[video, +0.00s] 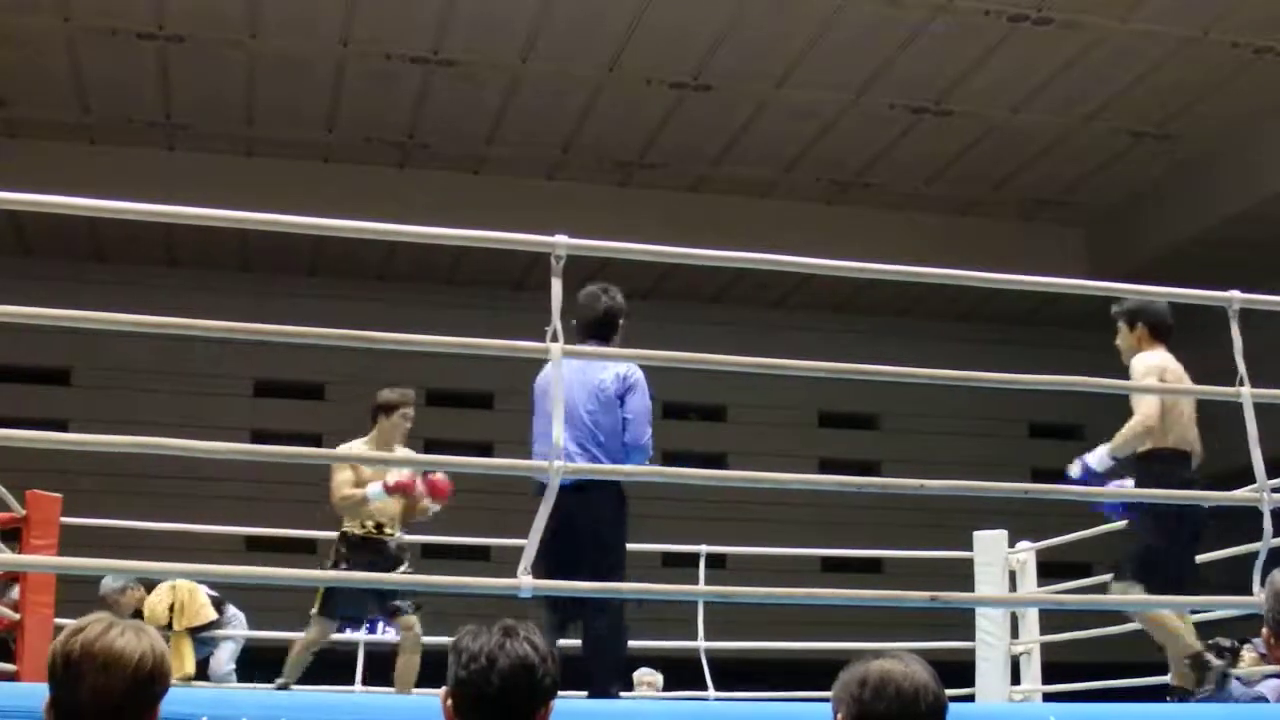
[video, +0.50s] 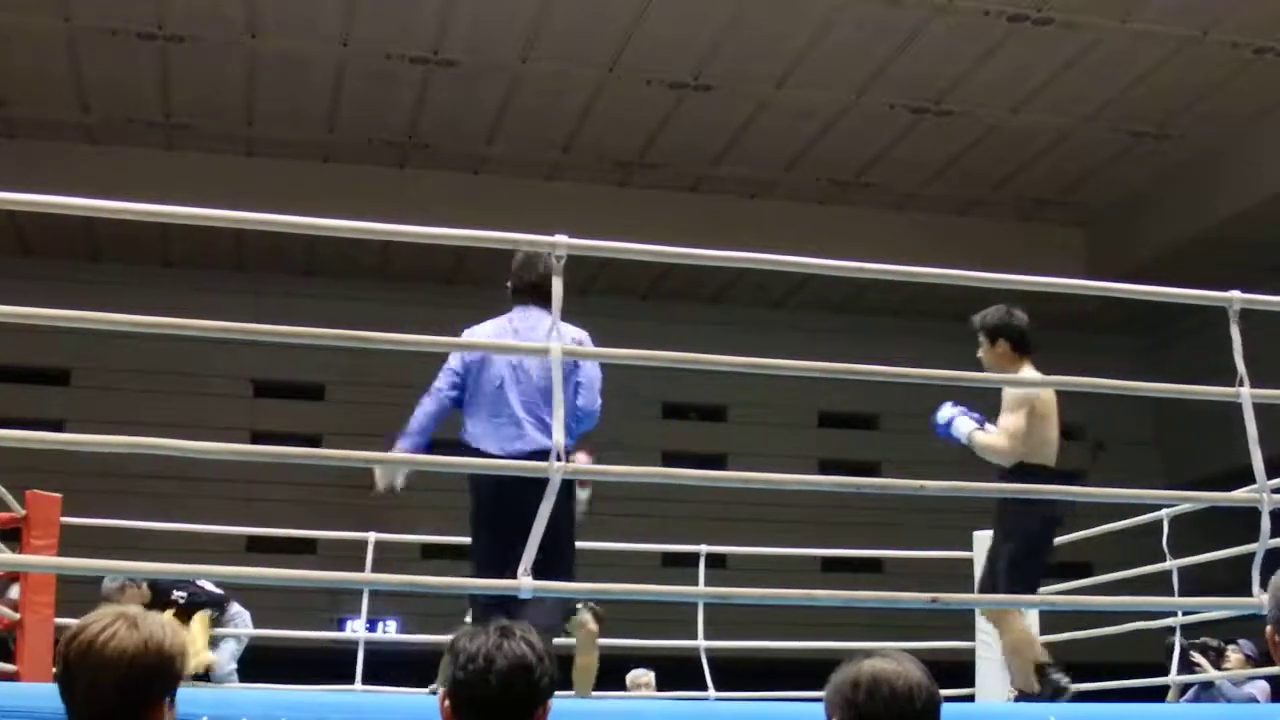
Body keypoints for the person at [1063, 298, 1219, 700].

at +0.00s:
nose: (1117, 341)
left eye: (1120, 331)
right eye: (1116, 332)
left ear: (1140, 330)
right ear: (1155, 332)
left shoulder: (1146, 362)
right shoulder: (1178, 371)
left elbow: (1146, 420)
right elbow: (1192, 451)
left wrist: (1099, 457)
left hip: (1157, 471)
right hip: (1182, 475)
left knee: (1126, 586)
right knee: (1169, 588)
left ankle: (1199, 657)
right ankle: (1182, 685)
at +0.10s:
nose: (1090, 341)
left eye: (1095, 332)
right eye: (1091, 332)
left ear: (1115, 332)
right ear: (1123, 334)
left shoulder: (1124, 367)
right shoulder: (1146, 371)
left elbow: (1125, 424)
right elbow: (1140, 449)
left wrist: (1065, 442)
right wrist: (1084, 469)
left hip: (1133, 488)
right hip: (1156, 489)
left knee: (1092, 586)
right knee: (1161, 599)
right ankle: (1182, 695)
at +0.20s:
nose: (1063, 346)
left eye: (1068, 337)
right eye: (1064, 338)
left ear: (1089, 338)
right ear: (1098, 339)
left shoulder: (1098, 376)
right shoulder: (1119, 377)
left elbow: (1099, 437)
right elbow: (1118, 450)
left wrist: (1044, 434)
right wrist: (1050, 451)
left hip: (1106, 489)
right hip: (1125, 490)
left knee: (1074, 596)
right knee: (1138, 600)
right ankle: (1176, 692)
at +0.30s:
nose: (1033, 351)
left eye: (1038, 343)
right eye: (1034, 342)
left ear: (1059, 345)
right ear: (1064, 345)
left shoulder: (1074, 385)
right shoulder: (1087, 383)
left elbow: (1067, 451)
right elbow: (1081, 449)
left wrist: (1017, 434)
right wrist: (1028, 434)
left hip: (1075, 509)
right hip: (1090, 508)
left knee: (1040, 603)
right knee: (1093, 607)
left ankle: (1030, 700)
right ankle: (1159, 686)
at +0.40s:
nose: (1004, 354)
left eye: (1009, 345)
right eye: (1004, 345)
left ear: (1030, 347)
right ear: (1036, 347)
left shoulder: (1045, 390)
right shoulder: (1062, 388)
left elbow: (1035, 455)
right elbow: (1048, 452)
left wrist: (991, 436)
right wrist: (1001, 433)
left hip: (1047, 509)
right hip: (1062, 507)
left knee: (1016, 603)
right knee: (1038, 609)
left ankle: (1027, 698)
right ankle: (1113, 667)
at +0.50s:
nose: (979, 354)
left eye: (982, 345)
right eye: (979, 345)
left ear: (1003, 346)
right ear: (1012, 345)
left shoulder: (1022, 385)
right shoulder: (1034, 383)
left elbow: (1009, 449)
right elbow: (1025, 444)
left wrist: (965, 430)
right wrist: (983, 428)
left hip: (1028, 503)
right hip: (1030, 501)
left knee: (1002, 601)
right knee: (990, 598)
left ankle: (1027, 694)